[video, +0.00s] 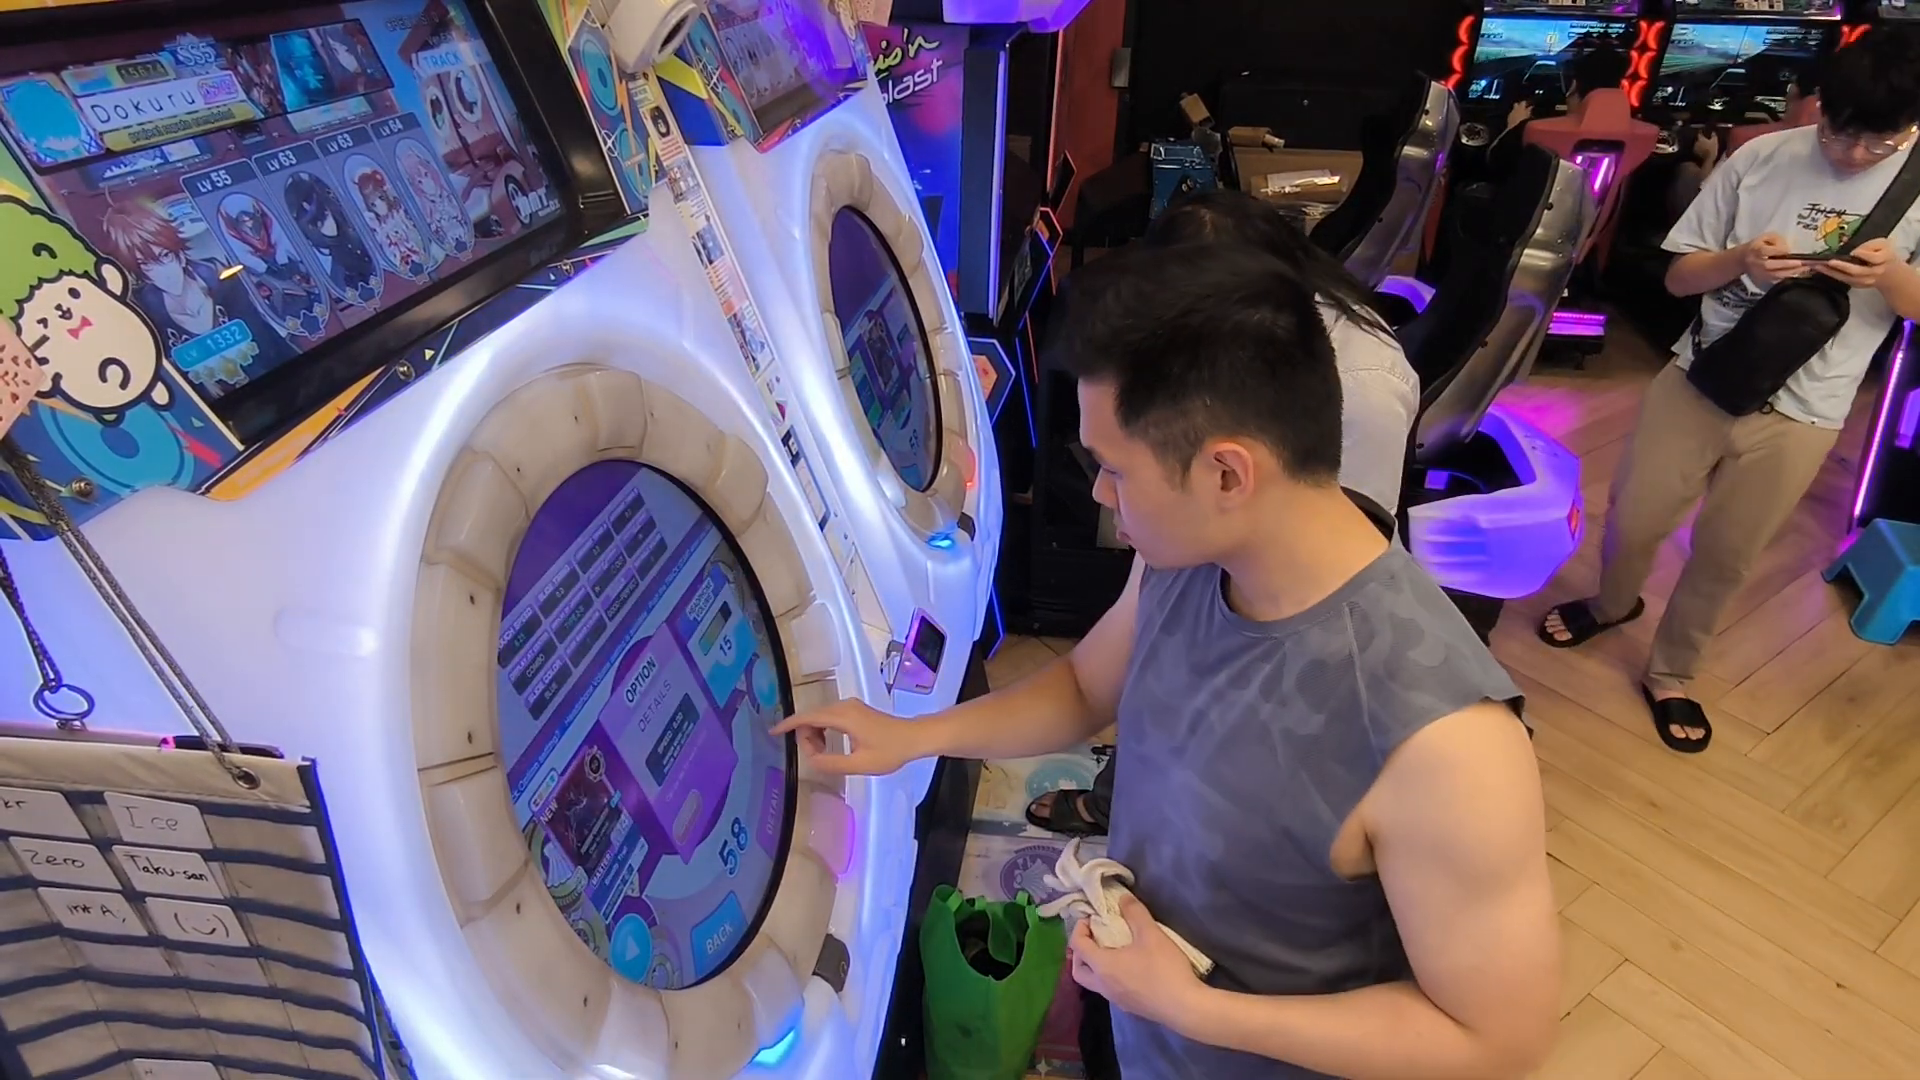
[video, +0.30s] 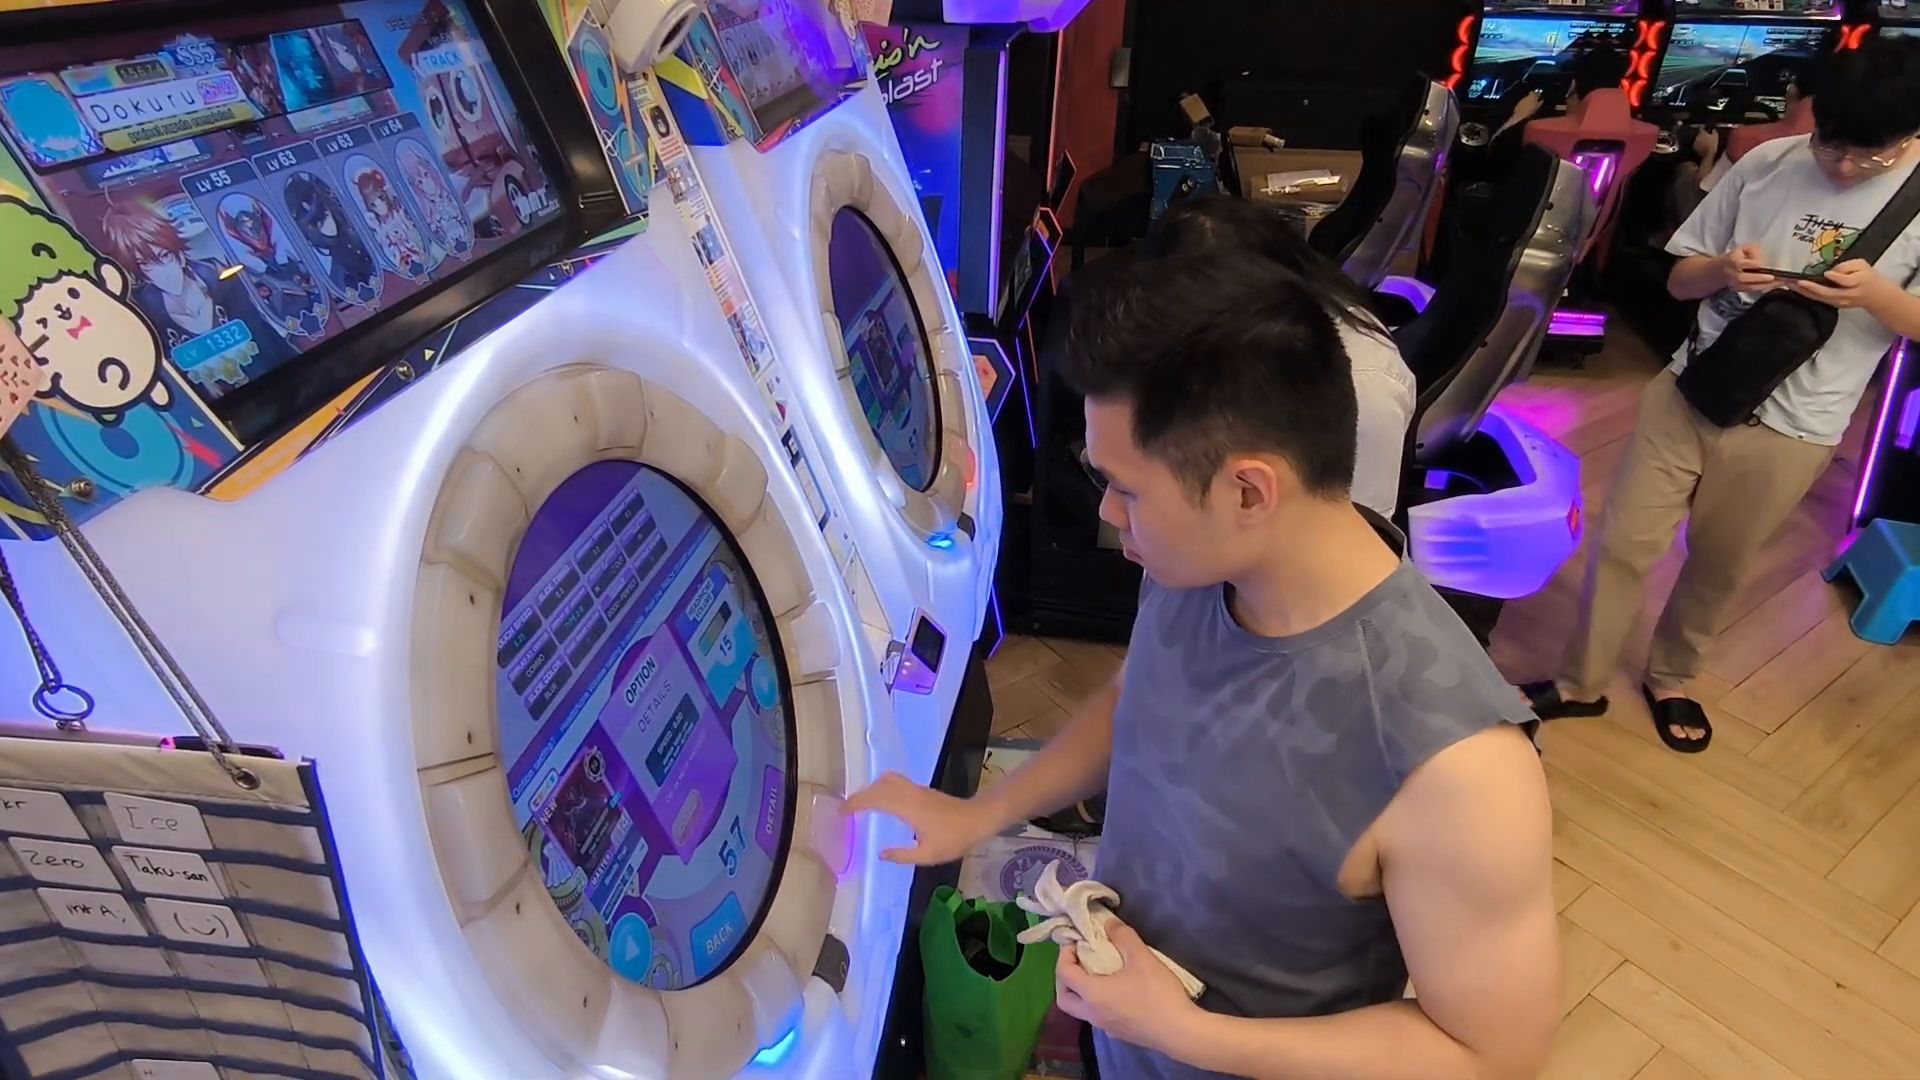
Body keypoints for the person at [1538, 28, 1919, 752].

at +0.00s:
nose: (1854, 151)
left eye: (1877, 139)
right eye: (1842, 129)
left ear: (1907, 125)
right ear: (1821, 104)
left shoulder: (1912, 195)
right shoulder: (1759, 159)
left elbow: (1915, 308)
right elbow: (1675, 275)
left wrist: (1891, 277)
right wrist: (1738, 262)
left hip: (1799, 420)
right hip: (1698, 382)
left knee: (1725, 558)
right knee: (1632, 518)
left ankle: (1672, 675)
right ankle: (1614, 603)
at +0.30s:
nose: (1844, 161)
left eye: (1867, 151)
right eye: (1832, 140)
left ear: (1906, 138)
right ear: (1817, 113)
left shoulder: (1916, 209)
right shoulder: (1768, 161)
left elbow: (1916, 328)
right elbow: (1677, 276)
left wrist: (1878, 295)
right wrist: (1721, 270)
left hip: (1788, 431)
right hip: (1690, 389)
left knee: (1719, 567)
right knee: (1621, 542)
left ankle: (1671, 678)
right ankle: (1582, 684)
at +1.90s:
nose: (1609, 172)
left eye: (1623, 157)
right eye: (1603, 156)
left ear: (1686, 132)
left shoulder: (1763, 214)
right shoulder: (1622, 179)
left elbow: (1751, 365)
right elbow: (1569, 284)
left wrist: (1633, 302)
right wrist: (1538, 272)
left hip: (1612, 463)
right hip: (1535, 418)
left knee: (1557, 624)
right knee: (1468, 560)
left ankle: (1520, 737)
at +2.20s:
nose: (1554, 168)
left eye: (1567, 154)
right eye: (1549, 153)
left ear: (1628, 126)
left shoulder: (1703, 201)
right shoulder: (1564, 173)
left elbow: (1693, 348)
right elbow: (1517, 274)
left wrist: (1582, 285)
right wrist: (1493, 268)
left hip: (1571, 446)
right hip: (1494, 409)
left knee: (1538, 614)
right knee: (1437, 560)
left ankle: (1515, 736)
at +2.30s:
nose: (1535, 164)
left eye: (1548, 149)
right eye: (1529, 149)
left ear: (1608, 123)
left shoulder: (1682, 198)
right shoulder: (1543, 170)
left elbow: (1671, 345)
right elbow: (1499, 274)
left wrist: (1563, 280)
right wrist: (1476, 266)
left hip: (1554, 441)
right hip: (1477, 406)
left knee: (1528, 599)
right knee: (1432, 560)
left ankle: (1516, 725)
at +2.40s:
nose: (1518, 159)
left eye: (1531, 142)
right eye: (1512, 143)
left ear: (1591, 118)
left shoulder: (1664, 195)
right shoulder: (1525, 173)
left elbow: (1650, 341)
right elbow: (1484, 286)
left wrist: (1543, 274)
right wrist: (1456, 265)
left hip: (1537, 442)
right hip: (1459, 409)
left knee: (1516, 598)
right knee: (1427, 576)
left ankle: (1512, 724)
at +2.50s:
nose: (1507, 150)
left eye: (1519, 132)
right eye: (1500, 135)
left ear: (1579, 109)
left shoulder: (1648, 192)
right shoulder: (1510, 173)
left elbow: (1632, 337)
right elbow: (1468, 284)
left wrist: (1527, 269)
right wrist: (1437, 258)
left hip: (1525, 442)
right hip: (1446, 413)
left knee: (1504, 604)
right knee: (1416, 588)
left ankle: (1507, 739)